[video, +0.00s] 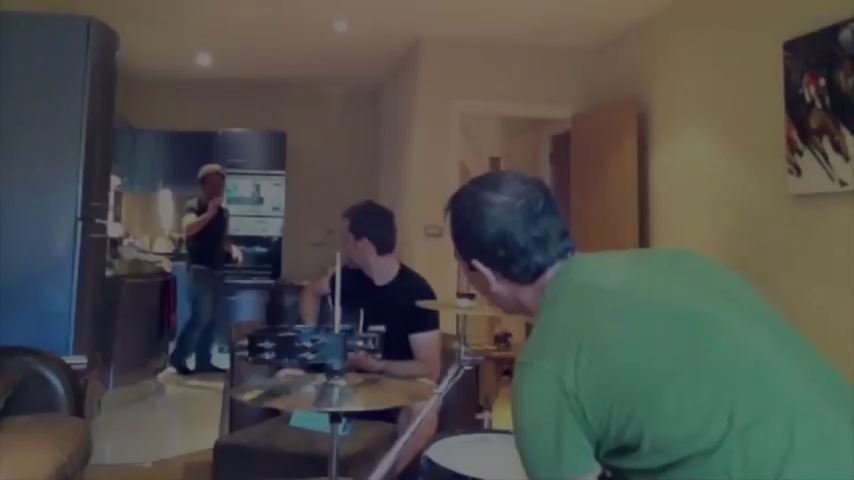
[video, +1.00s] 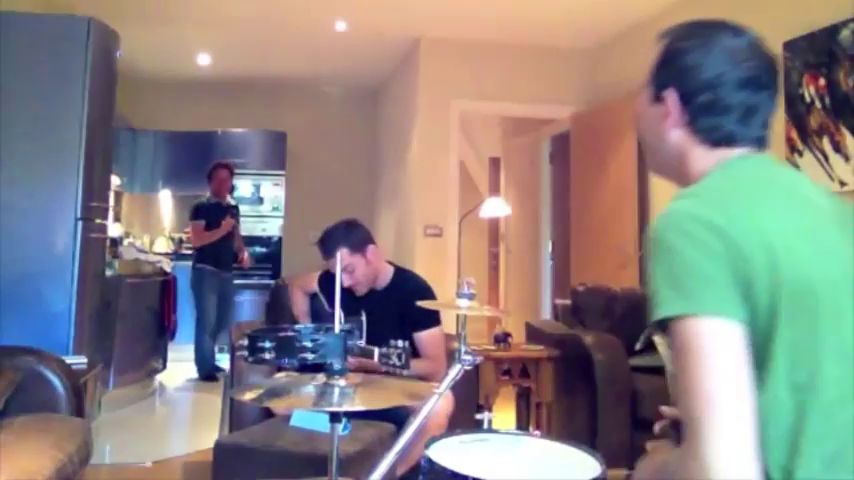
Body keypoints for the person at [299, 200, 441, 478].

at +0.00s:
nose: (343, 245)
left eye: (346, 238)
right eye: (344, 237)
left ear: (364, 245)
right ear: (365, 246)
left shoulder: (416, 290)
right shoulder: (346, 277)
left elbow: (430, 369)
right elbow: (311, 293)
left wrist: (375, 365)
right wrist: (311, 339)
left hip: (397, 390)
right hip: (343, 383)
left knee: (425, 413)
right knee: (288, 380)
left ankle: (383, 475)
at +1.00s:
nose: (345, 282)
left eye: (350, 271)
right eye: (338, 274)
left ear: (372, 253)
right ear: (331, 268)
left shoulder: (413, 290)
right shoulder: (334, 282)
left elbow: (436, 367)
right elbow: (296, 286)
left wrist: (379, 366)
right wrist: (307, 336)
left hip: (396, 391)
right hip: (340, 387)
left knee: (440, 403)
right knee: (281, 399)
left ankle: (387, 474)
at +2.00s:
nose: (361, 276)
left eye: (370, 266)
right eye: (353, 267)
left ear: (389, 253)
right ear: (344, 259)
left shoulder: (416, 290)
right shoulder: (340, 279)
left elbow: (430, 370)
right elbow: (299, 287)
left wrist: (378, 369)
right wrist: (304, 331)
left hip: (398, 390)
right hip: (341, 384)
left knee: (433, 406)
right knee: (282, 400)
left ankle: (386, 473)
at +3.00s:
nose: (386, 281)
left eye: (397, 277)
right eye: (381, 270)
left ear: (418, 270)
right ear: (377, 254)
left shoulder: (430, 302)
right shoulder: (351, 274)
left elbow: (430, 378)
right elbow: (304, 279)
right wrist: (314, 328)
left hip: (396, 388)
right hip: (340, 378)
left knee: (443, 403)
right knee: (284, 380)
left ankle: (392, 473)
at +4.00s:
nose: (360, 277)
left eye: (370, 268)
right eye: (352, 267)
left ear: (390, 258)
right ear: (344, 258)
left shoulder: (412, 296)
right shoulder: (335, 277)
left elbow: (423, 371)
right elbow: (292, 286)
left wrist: (369, 366)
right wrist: (304, 327)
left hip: (390, 389)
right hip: (335, 382)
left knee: (438, 402)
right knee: (279, 390)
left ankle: (388, 473)